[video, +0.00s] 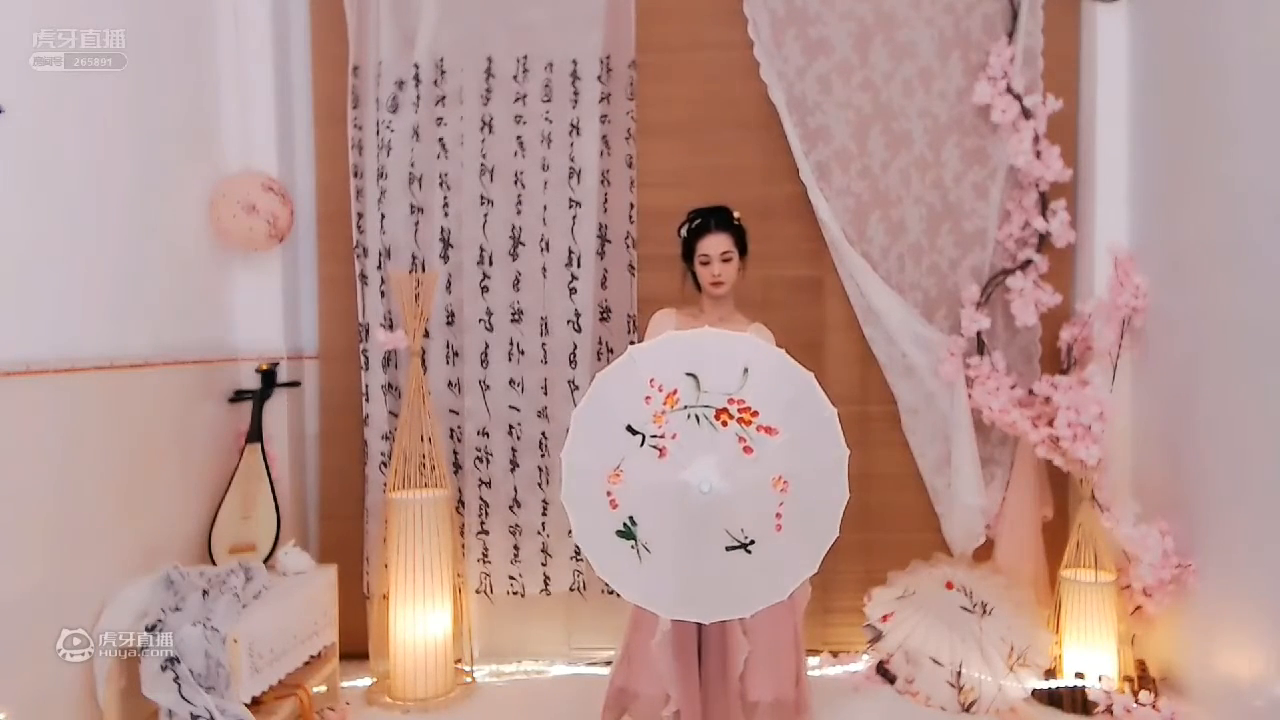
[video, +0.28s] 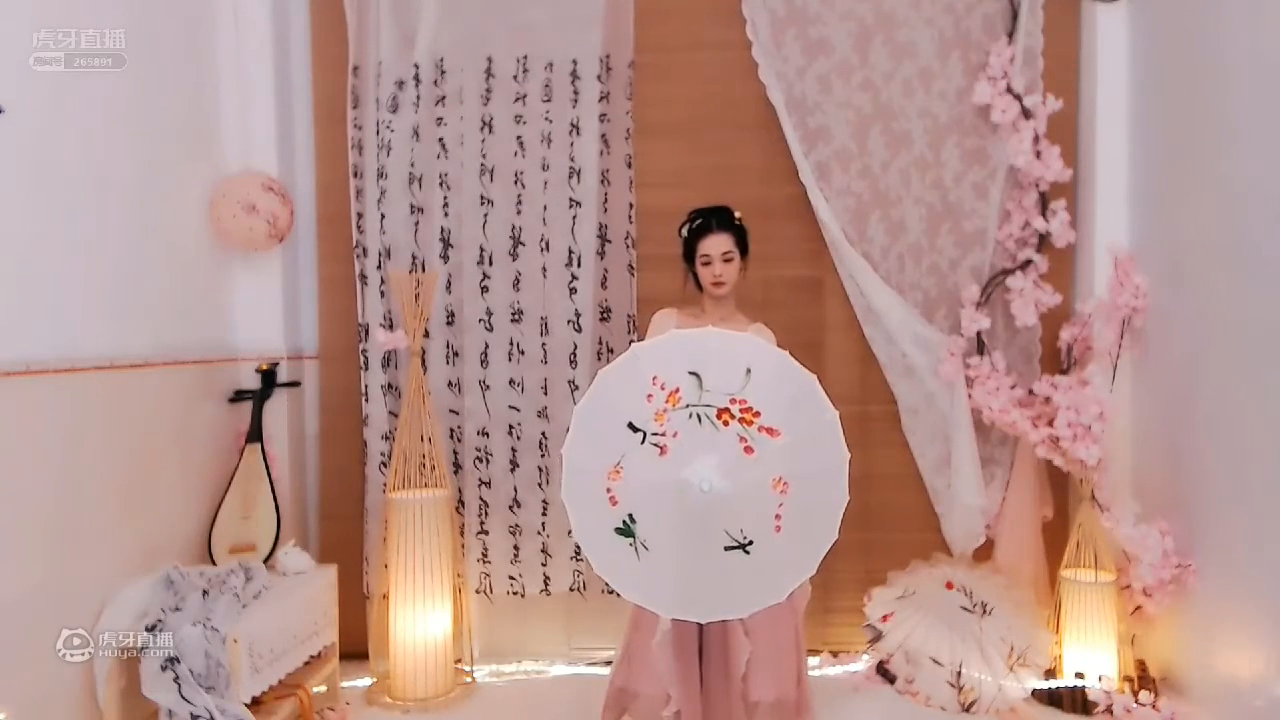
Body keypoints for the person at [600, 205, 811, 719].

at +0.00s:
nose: (716, 270)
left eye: (726, 258)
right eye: (705, 260)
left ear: (741, 262)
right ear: (691, 266)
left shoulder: (759, 335)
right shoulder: (665, 324)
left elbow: (778, 424)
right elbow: (642, 409)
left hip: (740, 489)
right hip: (677, 485)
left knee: (740, 605)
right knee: (676, 604)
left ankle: (738, 709)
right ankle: (677, 709)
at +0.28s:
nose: (717, 270)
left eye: (727, 258)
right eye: (706, 260)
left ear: (742, 262)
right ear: (692, 266)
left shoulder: (760, 335)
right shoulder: (666, 323)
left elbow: (779, 424)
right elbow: (645, 410)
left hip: (741, 487)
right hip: (677, 484)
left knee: (740, 604)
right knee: (677, 603)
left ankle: (738, 709)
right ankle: (678, 710)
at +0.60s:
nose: (717, 270)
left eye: (727, 257)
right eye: (706, 260)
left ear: (743, 262)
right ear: (692, 266)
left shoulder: (760, 335)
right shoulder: (669, 323)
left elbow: (779, 424)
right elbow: (649, 410)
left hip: (744, 489)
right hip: (680, 486)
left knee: (743, 607)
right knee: (678, 606)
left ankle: (741, 710)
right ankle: (678, 711)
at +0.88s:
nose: (717, 270)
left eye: (727, 258)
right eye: (706, 260)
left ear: (743, 263)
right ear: (692, 266)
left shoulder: (760, 335)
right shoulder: (670, 322)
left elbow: (781, 416)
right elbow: (649, 407)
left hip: (745, 478)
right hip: (678, 474)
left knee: (743, 595)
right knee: (678, 594)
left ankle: (741, 708)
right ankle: (675, 709)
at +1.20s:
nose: (718, 270)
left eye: (729, 258)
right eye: (708, 260)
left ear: (745, 263)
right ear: (695, 268)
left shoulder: (761, 339)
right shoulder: (673, 337)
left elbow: (786, 430)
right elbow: (651, 421)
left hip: (750, 485)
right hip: (683, 483)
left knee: (747, 605)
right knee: (683, 606)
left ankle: (747, 709)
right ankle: (679, 710)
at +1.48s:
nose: (719, 271)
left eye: (729, 258)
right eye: (708, 260)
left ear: (745, 263)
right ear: (695, 267)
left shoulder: (766, 339)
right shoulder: (672, 336)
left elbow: (790, 428)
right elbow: (646, 421)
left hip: (752, 489)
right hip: (684, 486)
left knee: (748, 609)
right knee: (682, 609)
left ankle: (749, 710)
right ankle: (679, 711)